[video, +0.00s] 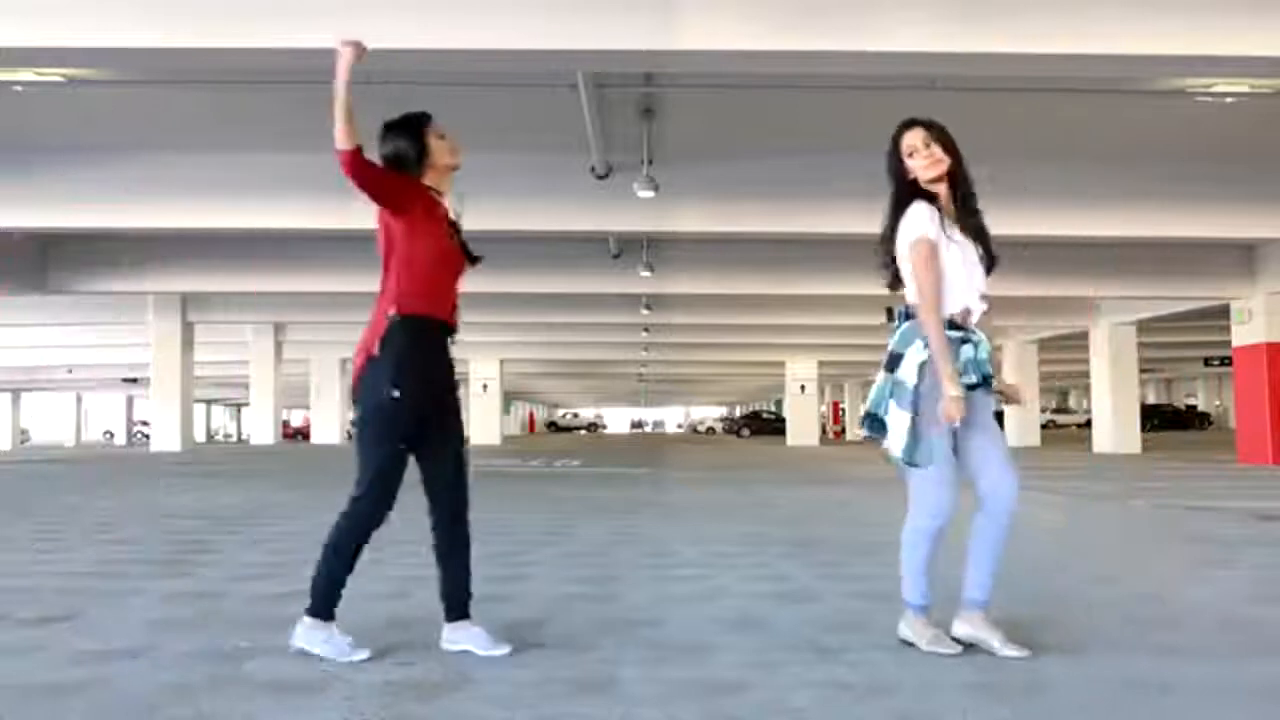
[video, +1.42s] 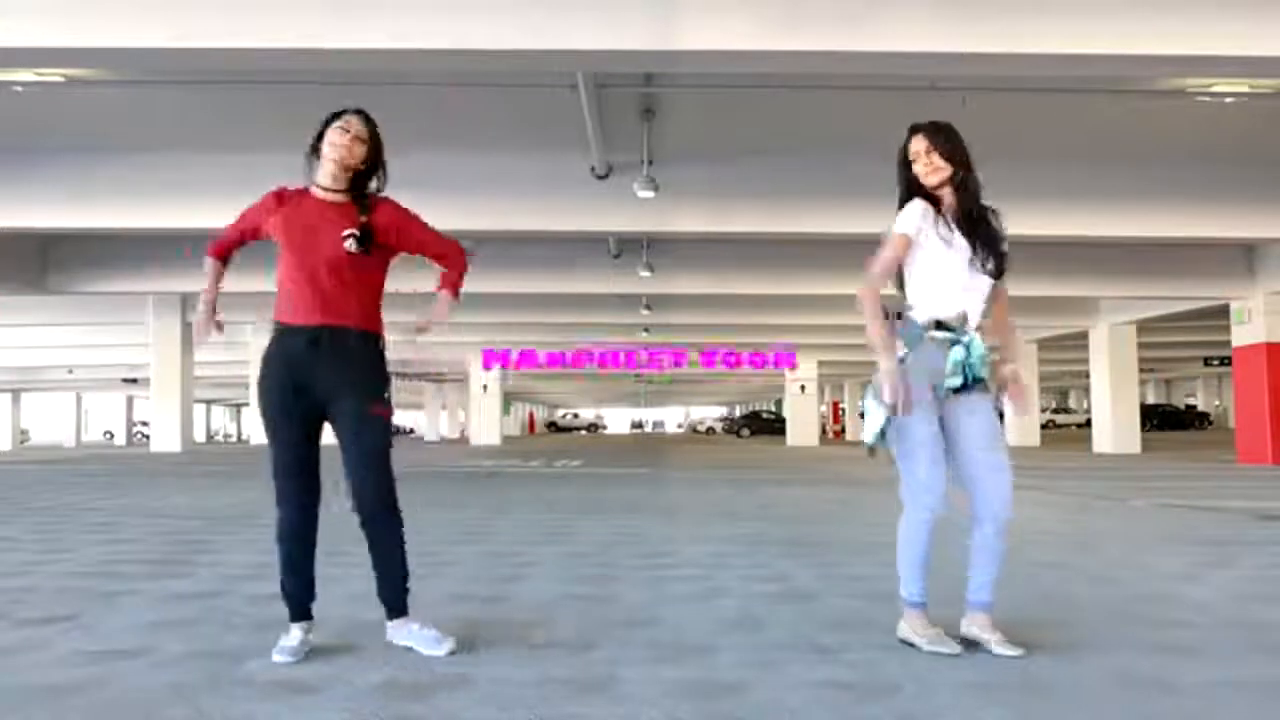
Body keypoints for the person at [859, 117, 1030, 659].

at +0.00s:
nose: (926, 157)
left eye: (932, 145)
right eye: (913, 154)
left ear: (951, 152)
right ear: (905, 171)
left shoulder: (960, 222)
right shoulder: (919, 218)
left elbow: (964, 308)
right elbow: (926, 304)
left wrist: (989, 376)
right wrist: (949, 381)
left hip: (967, 358)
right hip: (929, 358)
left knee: (1000, 486)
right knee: (932, 497)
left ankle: (972, 614)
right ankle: (914, 616)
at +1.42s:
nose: (925, 164)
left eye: (932, 153)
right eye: (916, 160)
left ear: (956, 155)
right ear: (911, 171)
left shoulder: (985, 224)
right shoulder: (917, 216)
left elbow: (996, 301)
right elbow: (869, 287)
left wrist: (1007, 358)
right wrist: (887, 358)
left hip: (968, 362)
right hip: (915, 356)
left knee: (995, 493)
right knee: (924, 490)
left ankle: (977, 616)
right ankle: (912, 615)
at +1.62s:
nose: (920, 155)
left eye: (929, 146)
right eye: (918, 146)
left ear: (958, 150)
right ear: (921, 153)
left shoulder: (1003, 213)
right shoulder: (910, 209)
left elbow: (1068, 257)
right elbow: (842, 242)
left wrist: (1034, 315)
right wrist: (869, 291)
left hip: (984, 353)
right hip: (918, 353)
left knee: (984, 490)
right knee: (920, 491)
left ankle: (1008, 613)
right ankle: (912, 614)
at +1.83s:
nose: (936, 159)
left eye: (945, 151)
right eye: (938, 150)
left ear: (972, 159)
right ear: (953, 159)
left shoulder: (1013, 215)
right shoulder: (930, 216)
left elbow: (1083, 268)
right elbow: (905, 274)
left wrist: (1036, 321)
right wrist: (916, 315)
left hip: (998, 359)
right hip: (938, 356)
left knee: (1003, 489)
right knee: (926, 487)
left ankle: (1009, 613)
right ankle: (910, 609)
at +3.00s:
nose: (997, 153)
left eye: (1010, 151)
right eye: (991, 143)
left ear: (1017, 172)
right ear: (970, 156)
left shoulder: (1026, 223)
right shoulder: (941, 227)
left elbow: (1095, 266)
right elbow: (914, 289)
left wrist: (1056, 325)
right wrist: (936, 333)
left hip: (1021, 359)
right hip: (963, 363)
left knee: (1016, 490)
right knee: (950, 490)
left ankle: (1012, 613)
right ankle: (984, 575)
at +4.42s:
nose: (922, 167)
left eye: (933, 162)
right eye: (926, 159)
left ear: (957, 175)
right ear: (932, 171)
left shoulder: (979, 233)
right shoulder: (906, 232)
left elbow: (1045, 282)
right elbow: (881, 294)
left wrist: (1000, 330)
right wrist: (895, 328)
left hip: (960, 359)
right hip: (913, 360)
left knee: (958, 486)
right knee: (926, 489)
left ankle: (942, 606)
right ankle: (989, 575)